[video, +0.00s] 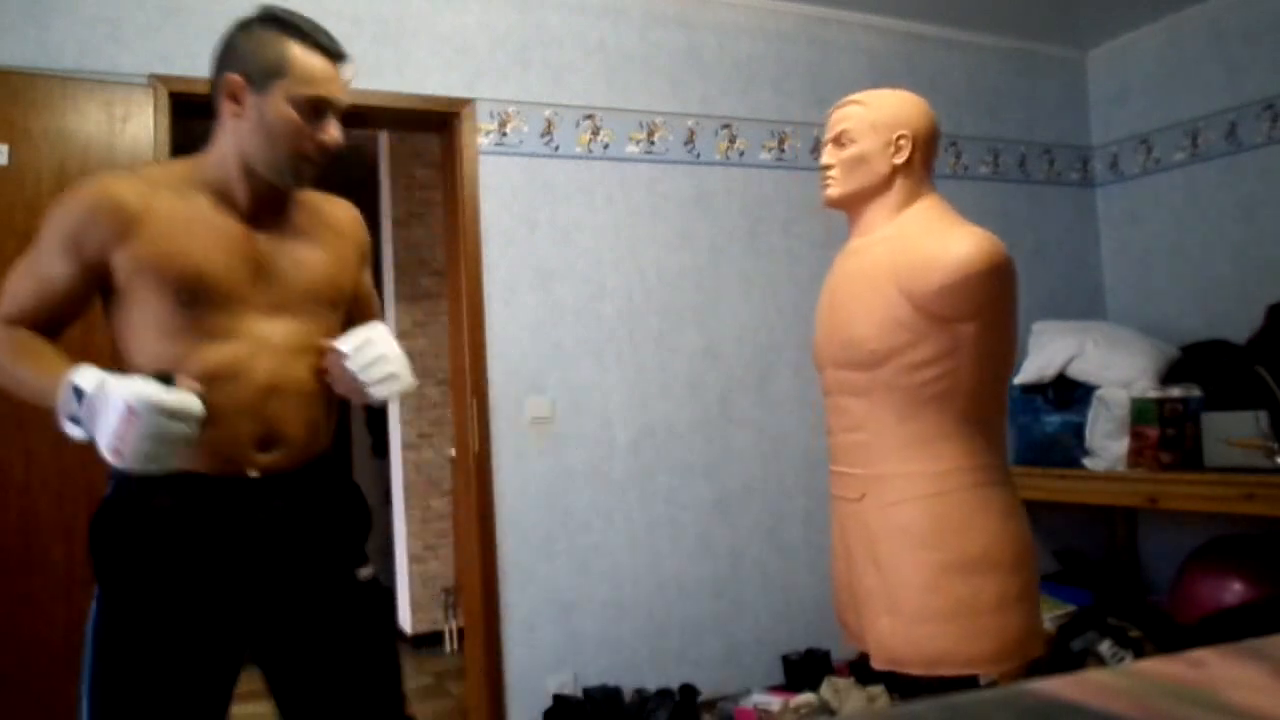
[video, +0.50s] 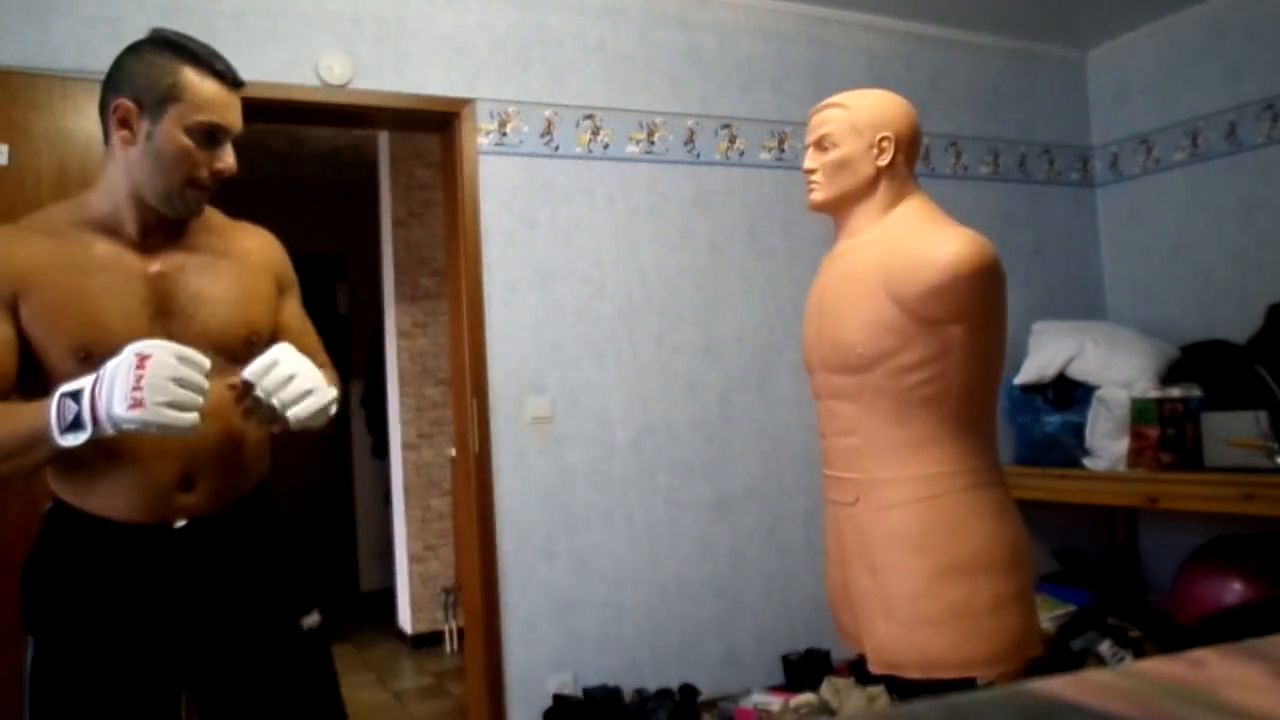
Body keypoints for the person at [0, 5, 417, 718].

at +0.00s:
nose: (334, 137)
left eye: (339, 116)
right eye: (312, 110)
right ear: (236, 98)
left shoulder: (341, 224)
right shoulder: (114, 210)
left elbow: (363, 347)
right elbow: (6, 333)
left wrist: (373, 365)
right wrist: (88, 397)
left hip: (310, 528)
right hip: (171, 534)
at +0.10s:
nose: (299, 147)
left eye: (305, 126)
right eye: (279, 120)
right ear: (200, 114)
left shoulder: (320, 242)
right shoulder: (84, 231)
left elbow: (368, 350)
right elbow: (1, 355)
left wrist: (363, 370)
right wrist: (58, 412)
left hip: (294, 546)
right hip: (150, 549)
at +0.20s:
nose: (274, 163)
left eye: (278, 144)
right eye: (251, 137)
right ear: (173, 130)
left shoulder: (296, 267)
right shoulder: (52, 263)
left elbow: (351, 383)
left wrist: (360, 431)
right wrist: (50, 475)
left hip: (268, 567)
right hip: (118, 577)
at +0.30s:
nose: (249, 159)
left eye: (253, 139)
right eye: (226, 133)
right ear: (147, 123)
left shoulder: (272, 253)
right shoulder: (26, 246)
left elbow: (314, 390)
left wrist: (316, 415)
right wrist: (69, 432)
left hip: (248, 555)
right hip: (100, 563)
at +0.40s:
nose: (232, 161)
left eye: (236, 141)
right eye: (211, 133)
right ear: (130, 121)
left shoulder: (258, 250)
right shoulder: (19, 244)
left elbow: (304, 397)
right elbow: (3, 427)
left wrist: (296, 390)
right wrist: (86, 401)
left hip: (241, 554)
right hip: (91, 563)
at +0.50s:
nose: (227, 165)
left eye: (232, 144)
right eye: (207, 138)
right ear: (125, 125)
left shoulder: (259, 252)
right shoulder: (20, 255)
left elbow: (320, 384)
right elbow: (5, 435)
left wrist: (309, 388)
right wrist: (87, 404)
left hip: (246, 564)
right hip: (94, 574)